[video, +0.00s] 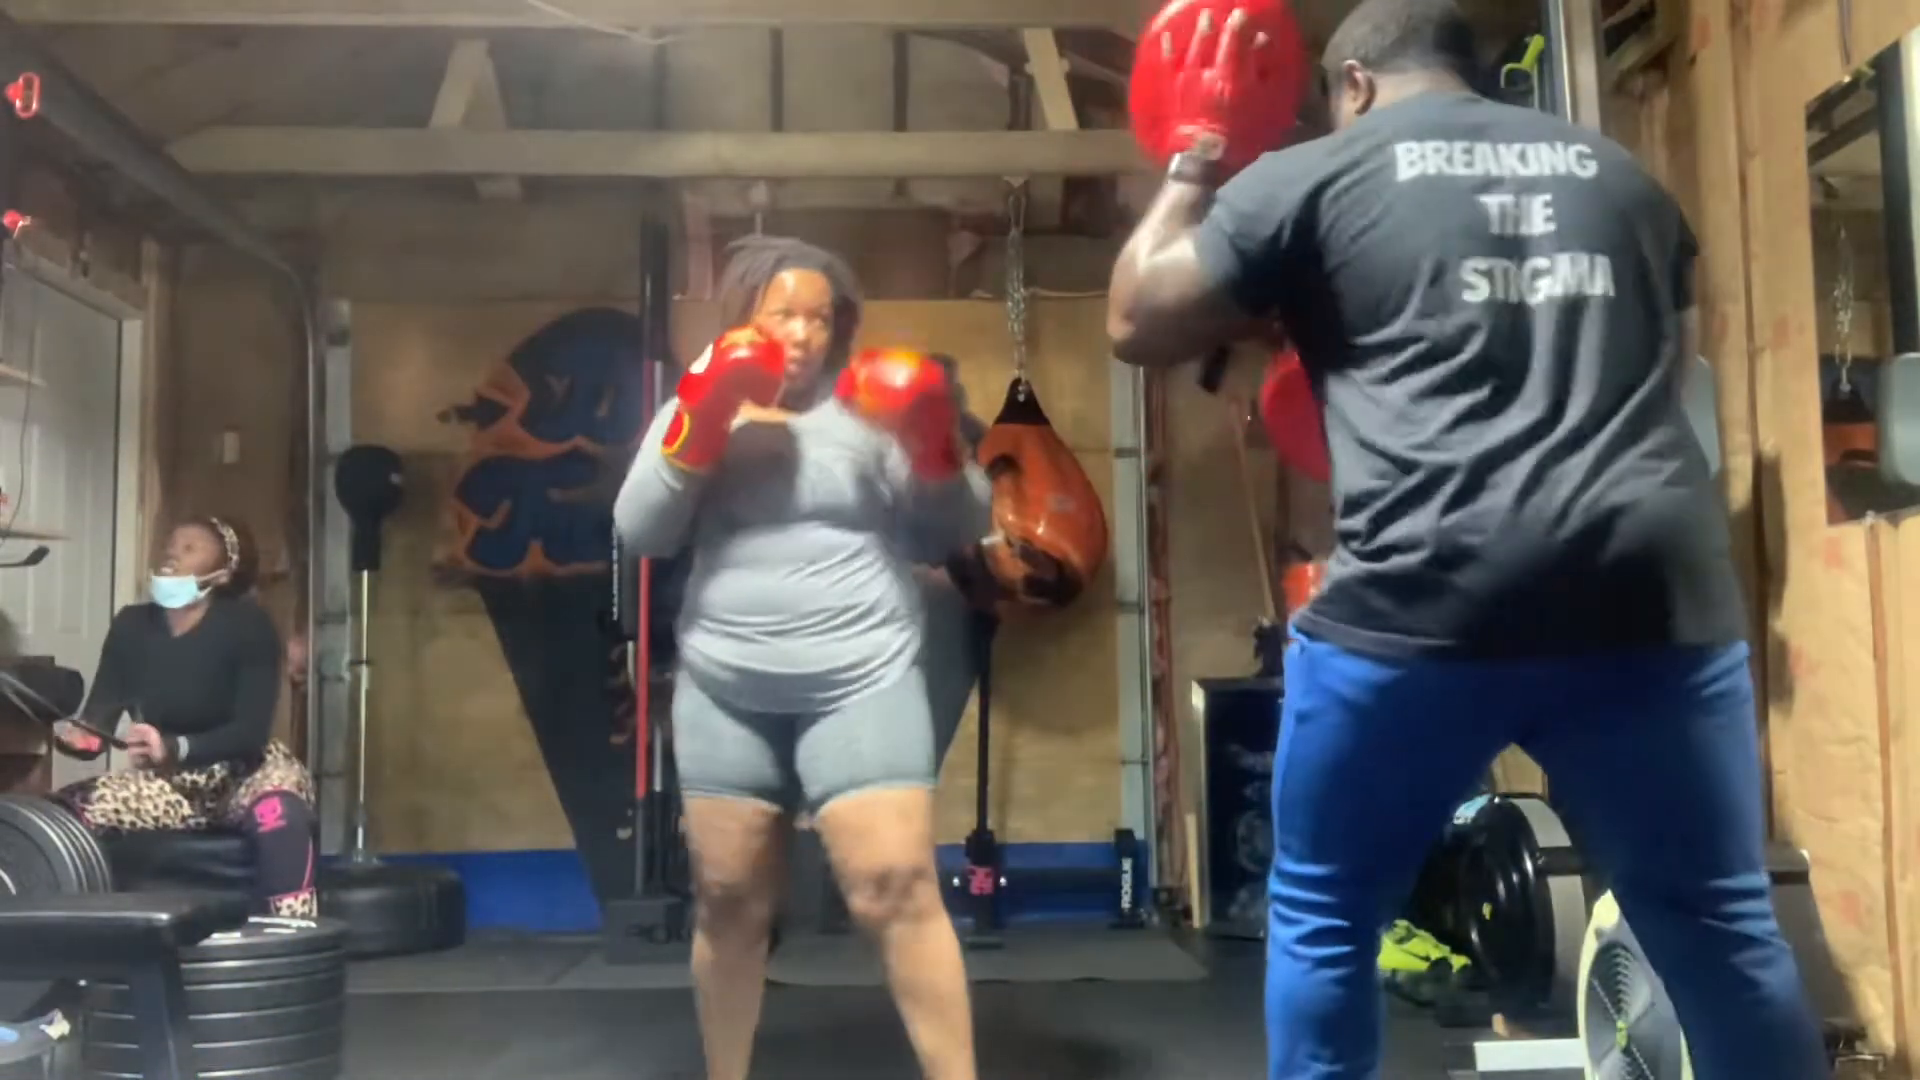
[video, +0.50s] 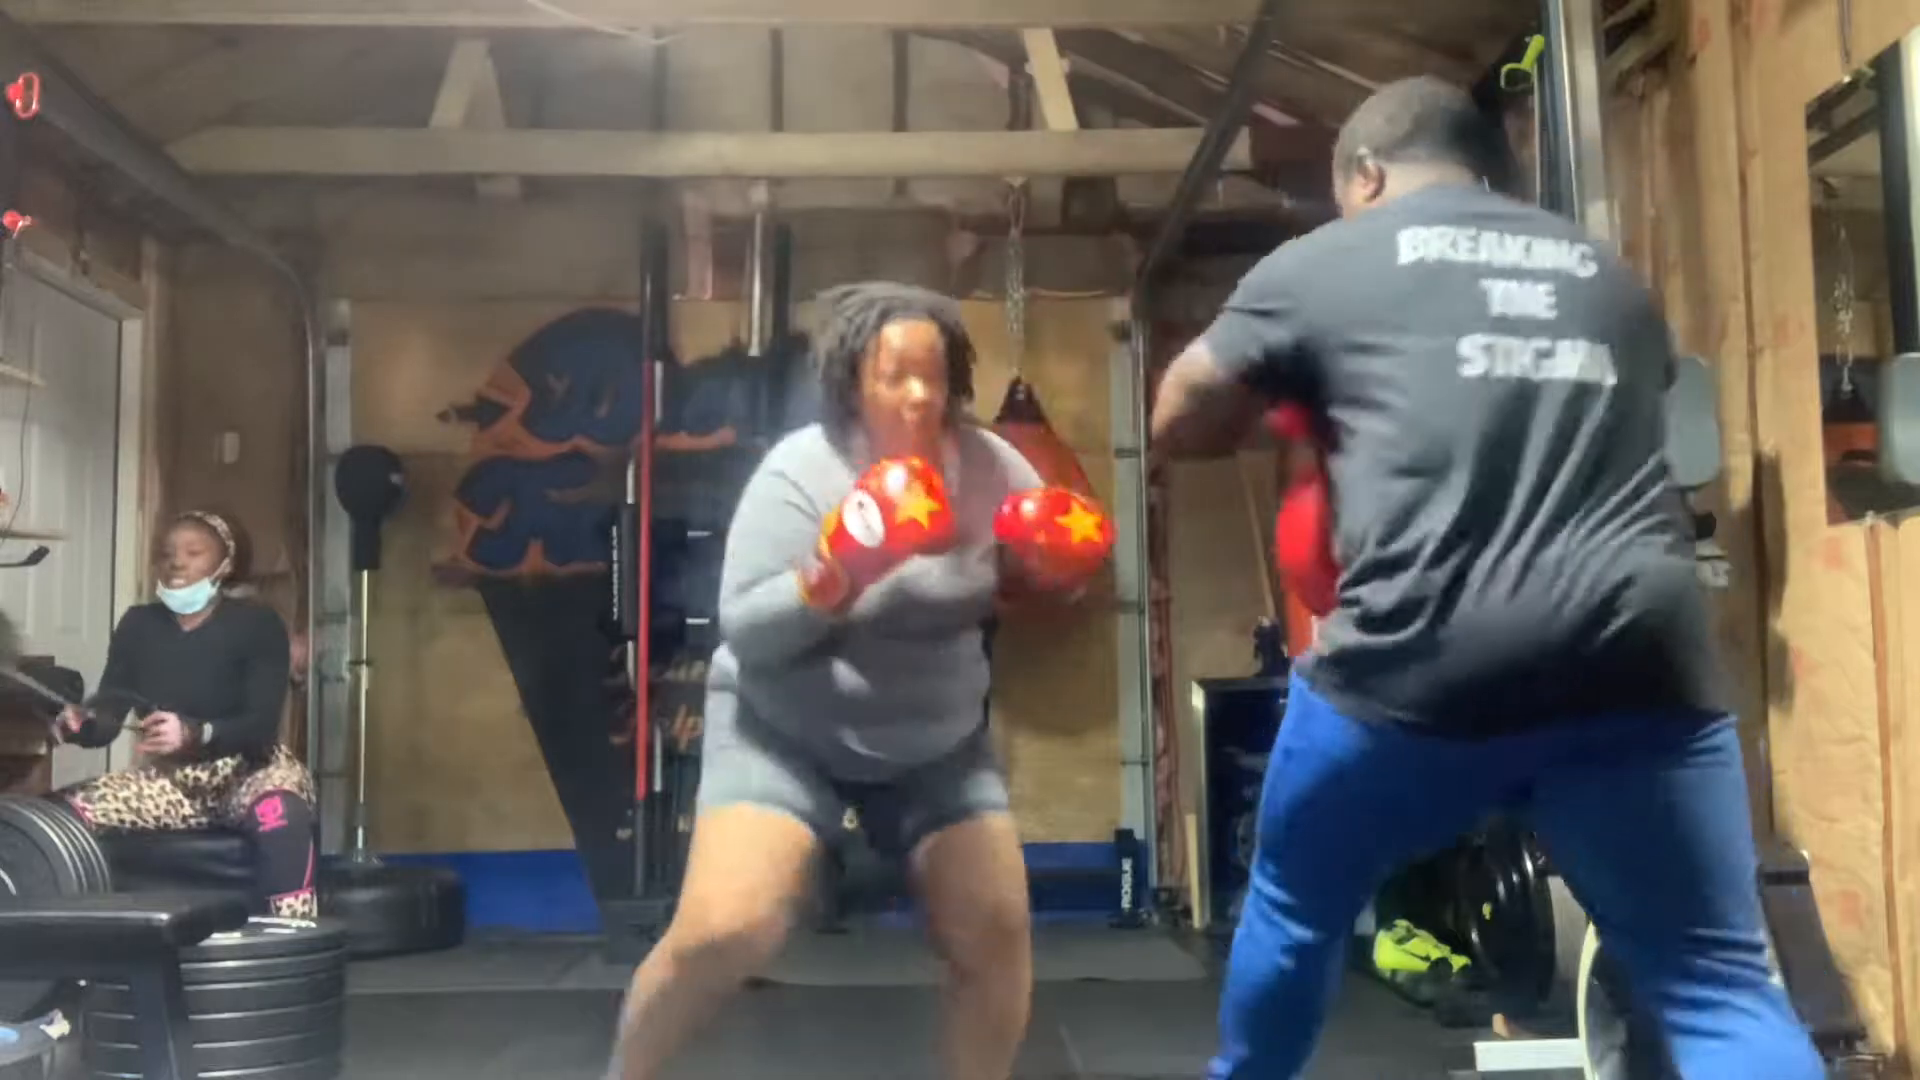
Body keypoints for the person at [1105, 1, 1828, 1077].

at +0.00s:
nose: (1336, 114)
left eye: (1333, 100)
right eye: (1336, 103)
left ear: (1357, 86)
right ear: (1480, 71)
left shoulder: (1315, 177)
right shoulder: (1620, 170)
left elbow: (1135, 314)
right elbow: (1668, 342)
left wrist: (1183, 185)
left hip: (1422, 582)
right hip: (1656, 573)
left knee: (1322, 913)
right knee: (1722, 916)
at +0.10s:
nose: (1312, 130)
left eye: (1312, 114)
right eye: (1313, 117)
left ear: (1342, 93)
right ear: (1461, 81)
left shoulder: (1293, 183)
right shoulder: (1607, 170)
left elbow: (1107, 298)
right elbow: (1674, 357)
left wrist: (1117, 166)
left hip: (1418, 574)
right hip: (1653, 562)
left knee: (1337, 915)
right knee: (1723, 906)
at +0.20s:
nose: (1323, 128)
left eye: (1324, 109)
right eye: (1325, 112)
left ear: (1351, 90)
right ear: (1460, 75)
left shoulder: (1302, 180)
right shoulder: (1613, 171)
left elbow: (1107, 273)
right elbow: (1686, 371)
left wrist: (1045, 204)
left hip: (1435, 567)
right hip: (1665, 555)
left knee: (1340, 911)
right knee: (1730, 920)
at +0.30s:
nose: (1345, 142)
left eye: (1346, 128)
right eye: (1349, 130)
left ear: (1377, 109)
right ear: (1494, 96)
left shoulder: (1324, 193)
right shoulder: (1646, 194)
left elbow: (1137, 329)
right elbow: (1695, 399)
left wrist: (1174, 277)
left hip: (1444, 585)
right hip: (1674, 579)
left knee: (1310, 867)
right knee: (1749, 927)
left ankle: (1326, 1071)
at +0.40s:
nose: (1362, 181)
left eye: (1361, 163)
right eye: (1363, 166)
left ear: (1389, 141)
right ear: (1502, 134)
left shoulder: (1346, 234)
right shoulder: (1654, 239)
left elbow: (1192, 415)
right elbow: (1684, 429)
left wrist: (1287, 401)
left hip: (1433, 637)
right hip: (1661, 637)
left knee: (1289, 849)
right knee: (1731, 968)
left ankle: (1305, 1070)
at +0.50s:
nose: (1341, 207)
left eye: (1341, 190)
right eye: (1341, 193)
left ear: (1366, 178)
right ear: (1489, 171)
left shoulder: (1317, 267)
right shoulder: (1611, 272)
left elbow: (1178, 423)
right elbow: (1641, 399)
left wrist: (1287, 408)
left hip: (1413, 668)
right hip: (1638, 661)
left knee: (1292, 906)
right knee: (1716, 973)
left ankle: (1246, 1069)